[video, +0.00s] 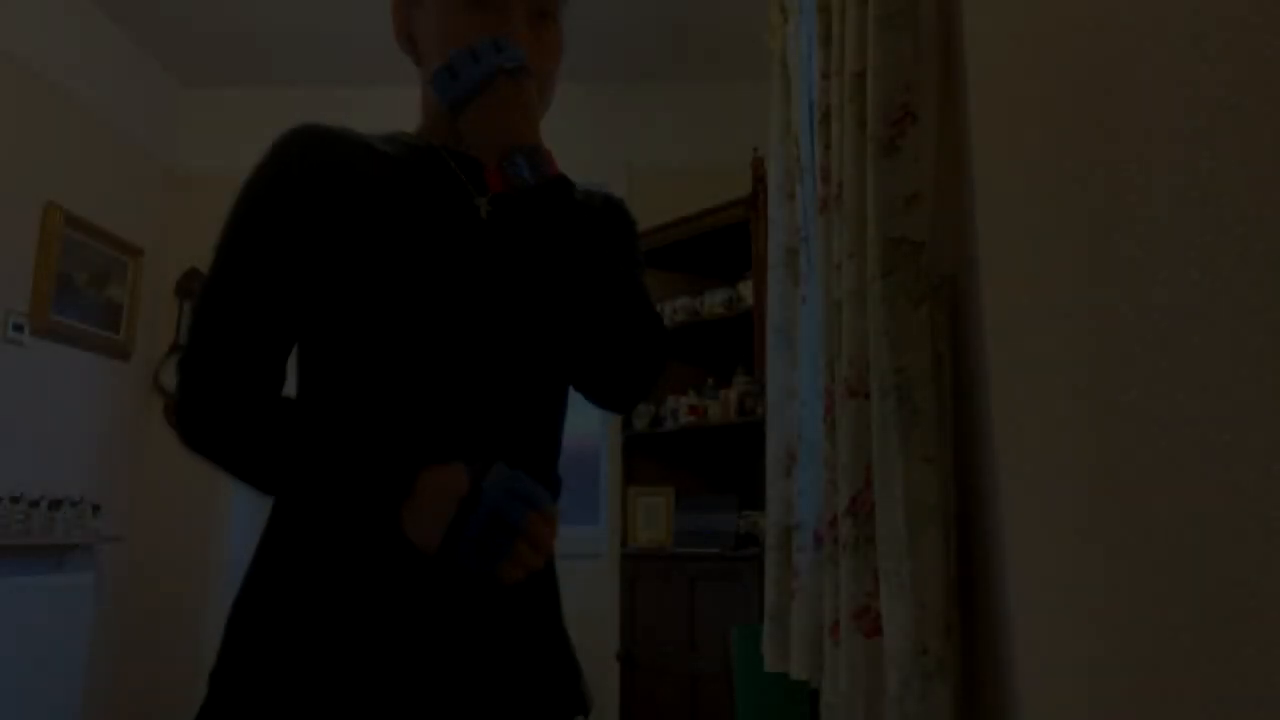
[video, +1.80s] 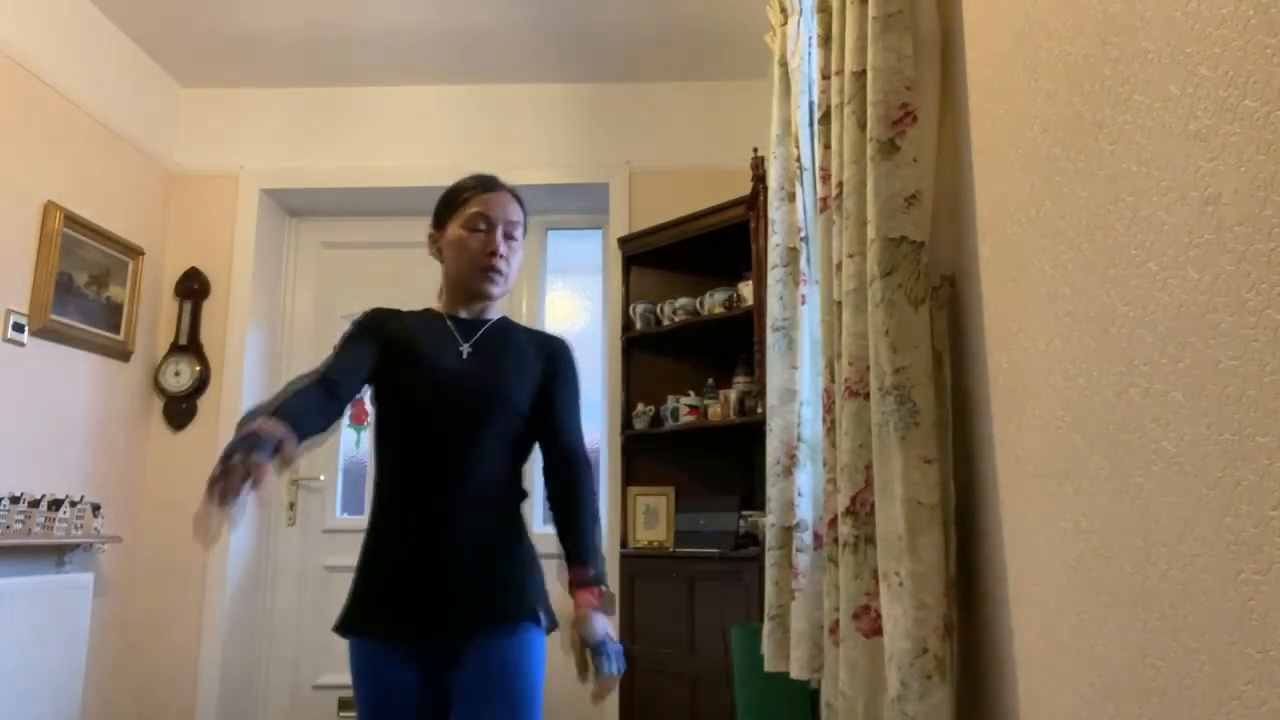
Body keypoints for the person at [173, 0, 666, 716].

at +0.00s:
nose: (504, 42)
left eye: (533, 18)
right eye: (476, 8)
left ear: (560, 44)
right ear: (407, 25)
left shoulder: (585, 225)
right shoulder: (319, 171)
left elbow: (624, 380)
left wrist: (525, 168)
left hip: (501, 648)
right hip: (320, 630)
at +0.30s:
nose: (485, 84)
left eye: (510, 63)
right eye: (455, 56)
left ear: (534, 86)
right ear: (400, 78)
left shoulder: (576, 235)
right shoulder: (321, 220)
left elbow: (565, 375)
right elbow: (236, 415)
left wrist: (480, 190)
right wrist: (316, 499)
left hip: (500, 643)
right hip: (325, 642)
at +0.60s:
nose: (441, 142)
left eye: (464, 123)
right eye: (413, 118)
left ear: (487, 150)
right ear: (366, 141)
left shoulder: (524, 284)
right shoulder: (295, 269)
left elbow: (501, 415)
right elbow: (222, 436)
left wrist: (444, 246)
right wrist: (239, 542)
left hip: (452, 656)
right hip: (300, 651)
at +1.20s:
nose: (464, 208)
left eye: (484, 194)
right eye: (443, 190)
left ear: (506, 222)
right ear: (411, 217)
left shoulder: (543, 324)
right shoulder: (367, 329)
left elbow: (534, 435)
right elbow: (313, 476)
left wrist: (438, 333)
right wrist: (242, 616)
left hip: (491, 620)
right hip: (373, 614)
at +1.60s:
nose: (501, 232)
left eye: (517, 219)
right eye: (481, 216)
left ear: (535, 242)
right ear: (449, 238)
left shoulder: (567, 341)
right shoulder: (403, 335)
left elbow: (576, 422)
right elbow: (349, 460)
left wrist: (477, 433)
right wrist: (285, 578)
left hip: (519, 609)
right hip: (412, 605)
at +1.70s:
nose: (499, 240)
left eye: (514, 229)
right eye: (481, 222)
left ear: (529, 250)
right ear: (444, 241)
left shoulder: (557, 352)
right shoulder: (397, 335)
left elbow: (570, 445)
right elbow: (323, 433)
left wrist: (548, 516)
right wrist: (247, 517)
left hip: (509, 608)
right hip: (406, 603)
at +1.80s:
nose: (498, 245)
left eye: (512, 234)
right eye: (479, 226)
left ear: (521, 254)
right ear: (437, 241)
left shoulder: (545, 357)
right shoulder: (385, 332)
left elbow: (571, 477)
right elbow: (329, 387)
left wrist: (588, 596)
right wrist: (269, 431)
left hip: (499, 609)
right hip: (392, 604)